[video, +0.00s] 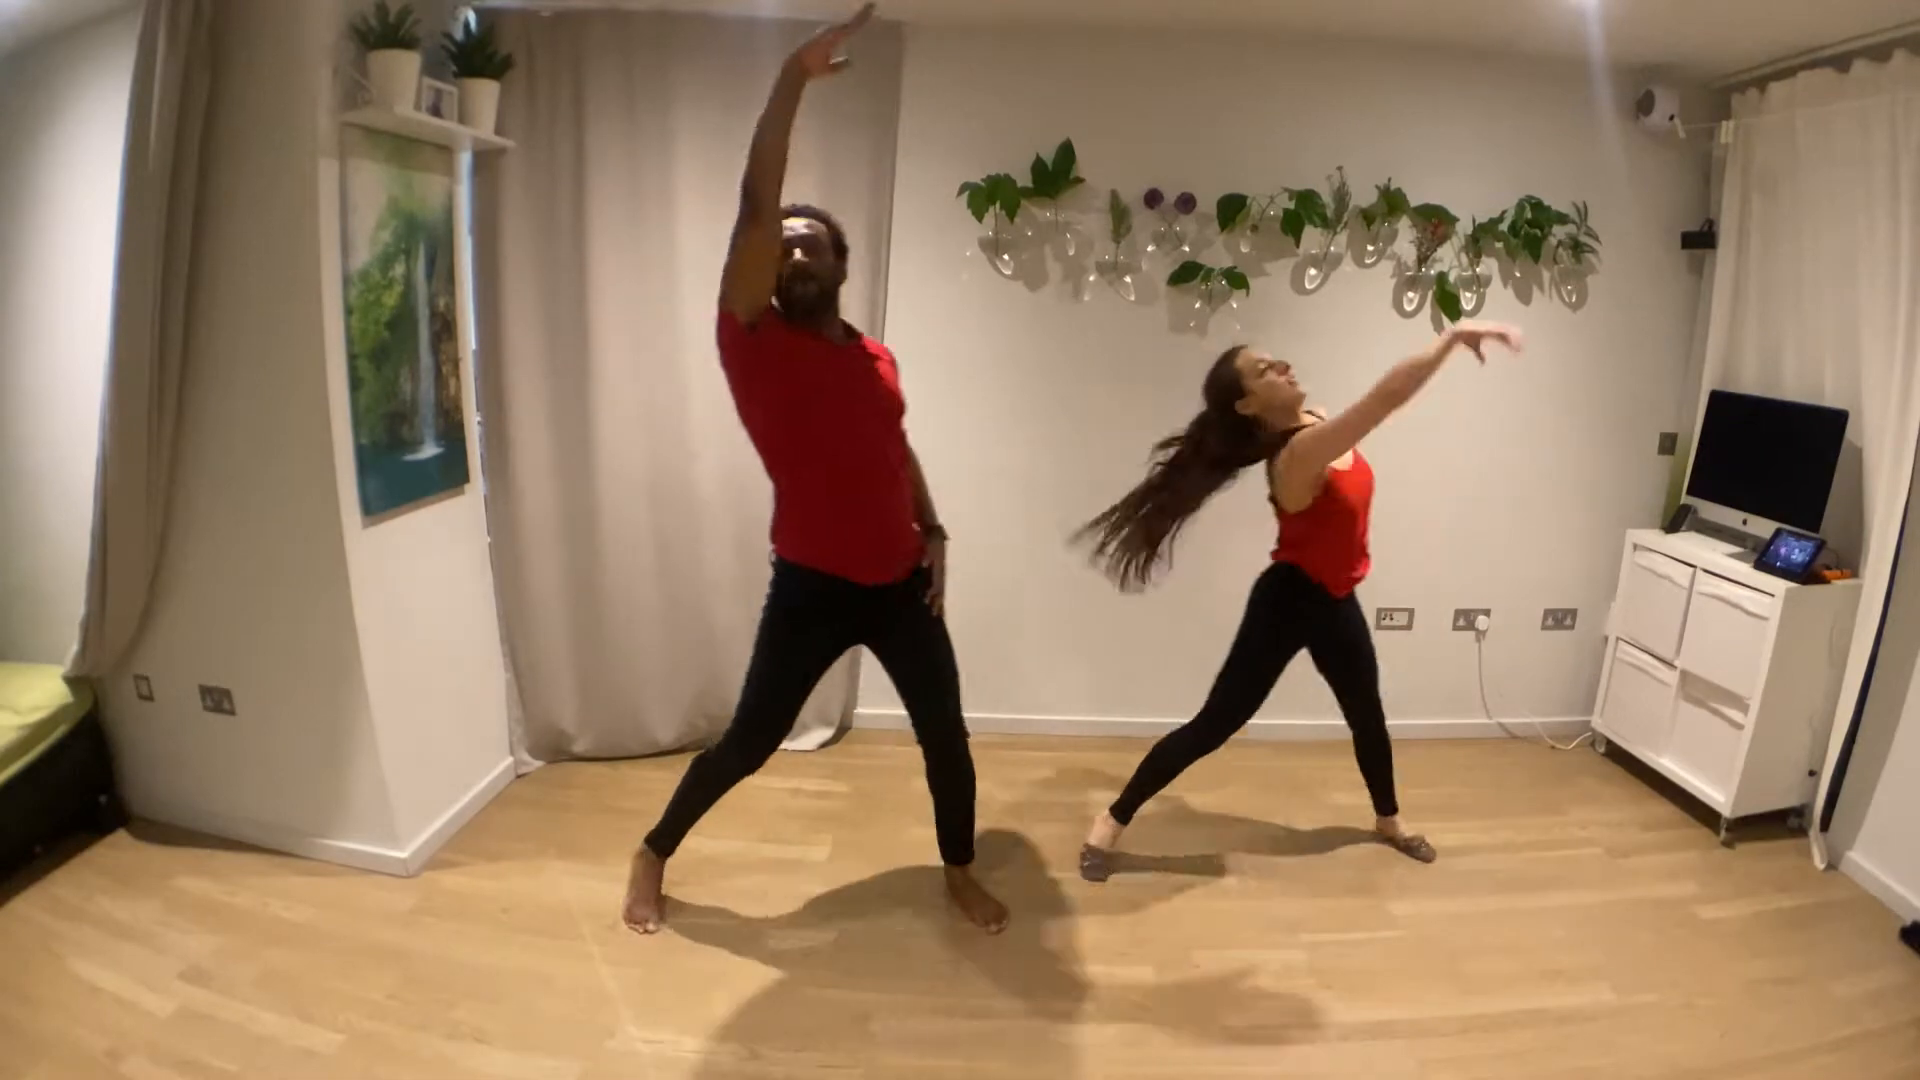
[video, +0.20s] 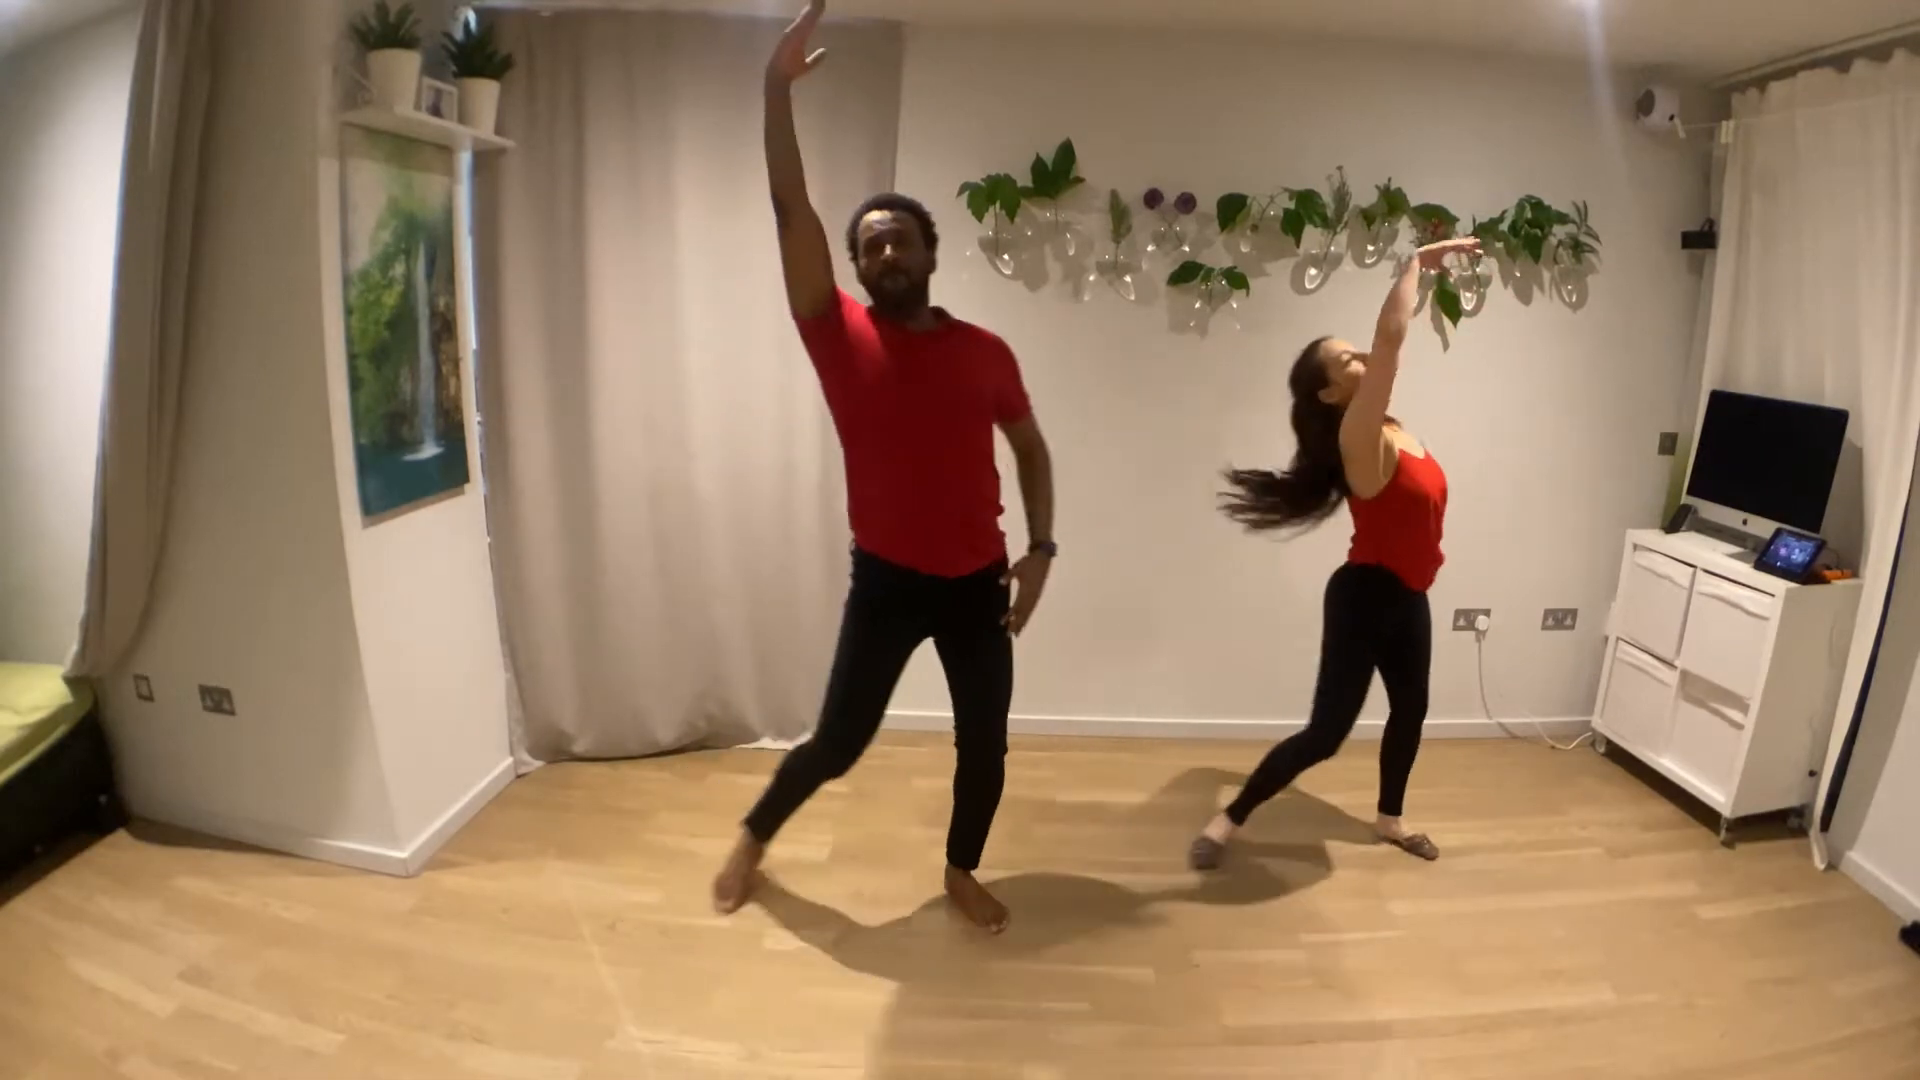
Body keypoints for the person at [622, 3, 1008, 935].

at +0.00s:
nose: (800, 242)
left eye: (816, 236)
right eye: (786, 236)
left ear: (842, 270)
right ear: (767, 260)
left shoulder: (871, 356)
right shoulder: (749, 338)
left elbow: (897, 448)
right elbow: (759, 200)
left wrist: (933, 532)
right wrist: (794, 74)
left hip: (900, 580)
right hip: (810, 584)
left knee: (947, 737)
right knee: (751, 743)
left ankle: (960, 871)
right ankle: (654, 855)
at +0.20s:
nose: (885, 248)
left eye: (901, 237)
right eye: (871, 240)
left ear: (932, 259)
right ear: (855, 264)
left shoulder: (984, 353)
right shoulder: (838, 340)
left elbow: (1030, 449)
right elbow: (791, 211)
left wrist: (1042, 551)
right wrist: (777, 88)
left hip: (975, 583)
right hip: (885, 582)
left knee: (984, 749)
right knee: (839, 746)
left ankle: (962, 874)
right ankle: (754, 838)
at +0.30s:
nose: (921, 252)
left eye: (938, 239)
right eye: (907, 245)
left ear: (971, 258)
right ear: (894, 267)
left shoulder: (1023, 353)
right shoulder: (873, 338)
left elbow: (1077, 453)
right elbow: (809, 220)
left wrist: (1081, 560)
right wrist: (779, 105)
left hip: (1006, 581)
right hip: (916, 578)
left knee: (999, 748)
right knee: (900, 744)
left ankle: (965, 866)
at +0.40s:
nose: (955, 263)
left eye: (971, 248)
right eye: (941, 252)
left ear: (1003, 261)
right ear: (925, 268)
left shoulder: (1051, 358)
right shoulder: (905, 340)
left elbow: (1112, 462)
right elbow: (828, 242)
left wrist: (1110, 571)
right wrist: (780, 136)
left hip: (1033, 586)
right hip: (944, 584)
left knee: (1006, 753)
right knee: (949, 759)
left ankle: (965, 871)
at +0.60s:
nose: (1003, 273)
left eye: (1019, 260)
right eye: (992, 261)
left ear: (1056, 268)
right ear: (979, 272)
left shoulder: (1107, 360)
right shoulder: (962, 348)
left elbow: (1175, 463)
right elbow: (862, 295)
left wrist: (1155, 571)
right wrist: (780, 226)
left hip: (1095, 581)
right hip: (1017, 579)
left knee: (1032, 736)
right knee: (1060, 713)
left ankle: (1000, 866)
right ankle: (1138, 792)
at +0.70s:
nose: (1018, 282)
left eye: (1036, 266)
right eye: (1007, 267)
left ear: (1077, 271)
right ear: (995, 273)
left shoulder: (1130, 366)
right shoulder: (987, 355)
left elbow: (1216, 460)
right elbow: (878, 331)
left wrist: (1189, 573)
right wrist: (784, 295)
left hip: (1115, 587)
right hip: (1040, 586)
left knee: (1049, 746)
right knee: (1099, 712)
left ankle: (1070, 872)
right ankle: (1146, 799)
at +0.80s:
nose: (1024, 284)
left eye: (1042, 269)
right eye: (1017, 269)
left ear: (1091, 270)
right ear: (1012, 272)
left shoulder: (1146, 368)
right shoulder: (1010, 365)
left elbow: (1240, 469)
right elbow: (904, 384)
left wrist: (1215, 586)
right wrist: (806, 381)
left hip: (1128, 587)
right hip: (1054, 585)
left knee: (1076, 756)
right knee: (1104, 706)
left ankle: (1142, 876)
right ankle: (1140, 797)